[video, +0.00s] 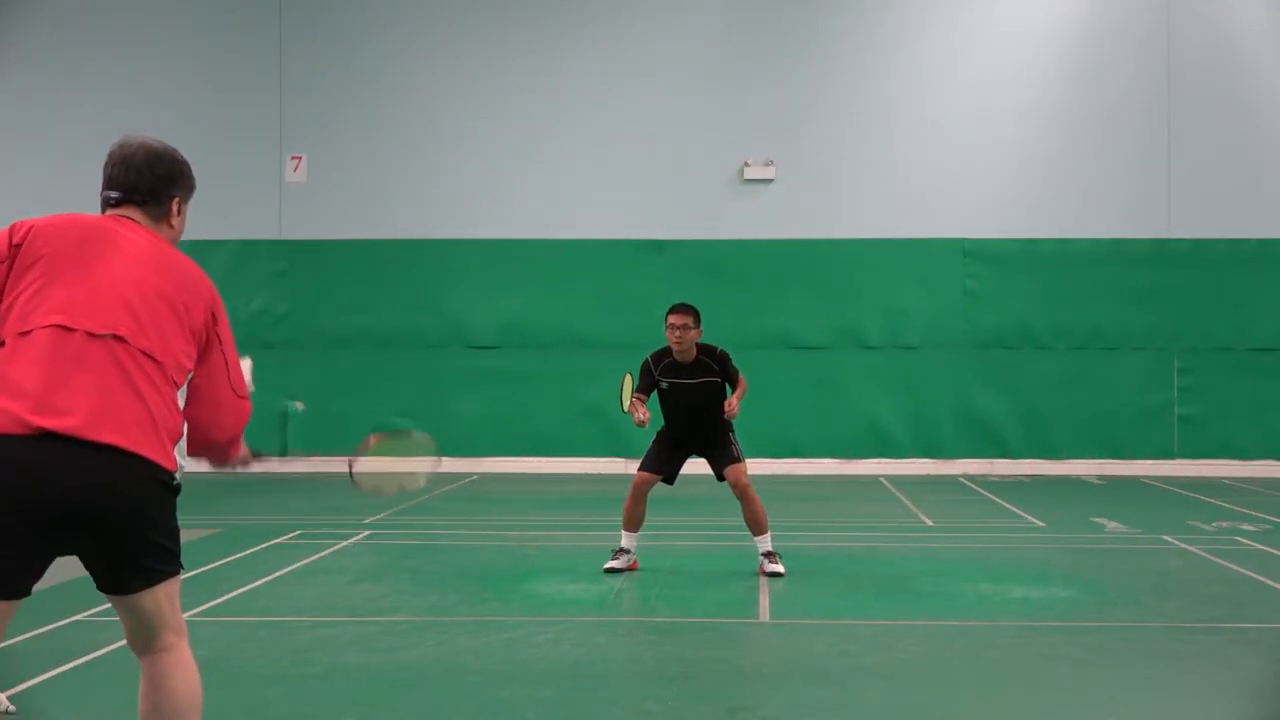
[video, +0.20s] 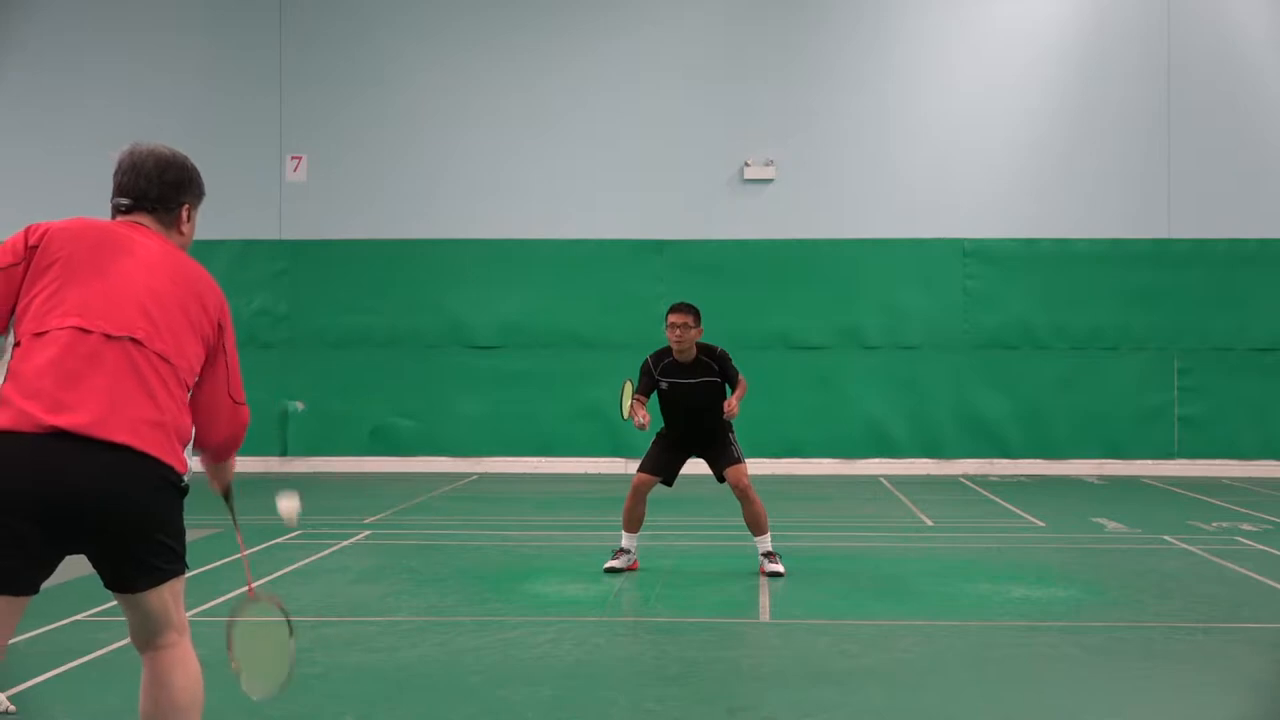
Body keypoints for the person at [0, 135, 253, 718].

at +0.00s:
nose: (187, 221)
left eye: (187, 208)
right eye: (188, 208)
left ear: (105, 199)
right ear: (175, 209)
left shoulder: (28, 235)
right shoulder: (195, 286)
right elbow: (216, 426)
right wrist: (227, 448)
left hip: (15, 458)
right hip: (128, 474)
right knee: (162, 644)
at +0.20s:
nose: (198, 227)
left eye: (199, 215)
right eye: (198, 215)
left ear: (117, 205)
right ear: (185, 216)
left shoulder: (46, 237)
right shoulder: (203, 290)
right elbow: (220, 423)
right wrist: (220, 467)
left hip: (22, 456)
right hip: (137, 475)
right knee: (164, 640)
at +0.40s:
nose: (200, 223)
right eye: (199, 212)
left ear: (122, 203)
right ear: (190, 214)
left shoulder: (51, 240)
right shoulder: (209, 282)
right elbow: (217, 379)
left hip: (30, 456)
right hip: (145, 468)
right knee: (166, 639)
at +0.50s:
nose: (195, 218)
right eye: (195, 208)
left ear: (116, 202)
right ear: (186, 209)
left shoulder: (49, 239)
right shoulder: (208, 277)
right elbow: (216, 370)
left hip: (32, 457)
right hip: (148, 466)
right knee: (167, 639)